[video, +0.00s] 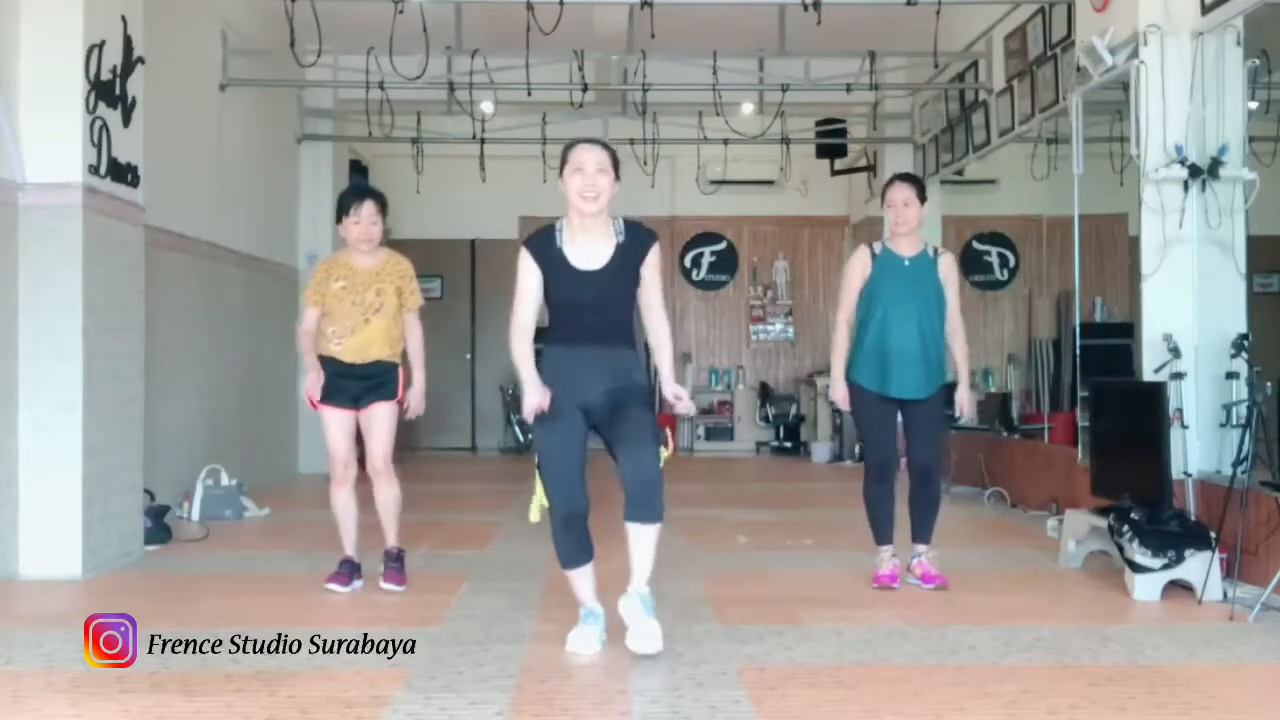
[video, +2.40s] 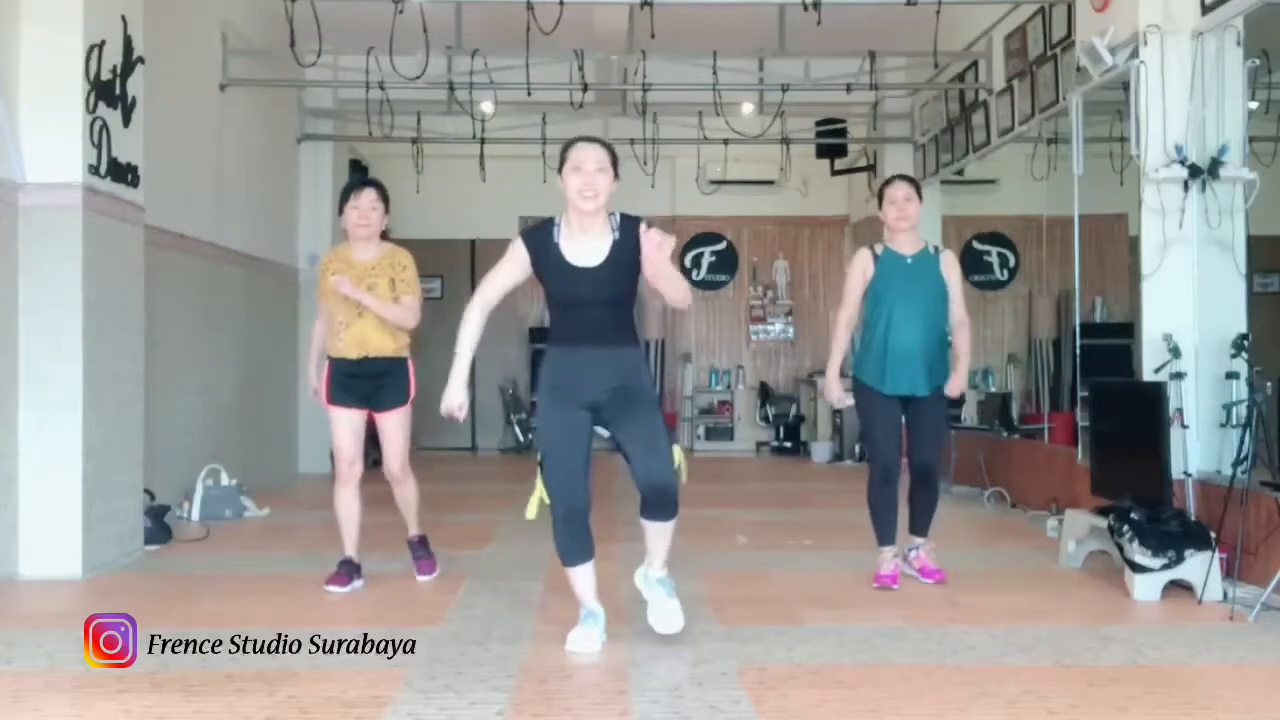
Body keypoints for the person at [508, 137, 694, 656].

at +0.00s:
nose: (589, 180)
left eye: (599, 171)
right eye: (579, 171)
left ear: (615, 183)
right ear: (561, 181)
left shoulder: (640, 243)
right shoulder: (538, 249)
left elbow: (655, 316)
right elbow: (522, 326)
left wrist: (668, 378)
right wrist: (530, 381)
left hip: (625, 385)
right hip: (558, 387)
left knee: (645, 475)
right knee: (566, 503)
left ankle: (639, 595)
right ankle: (590, 611)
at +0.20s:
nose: (592, 163)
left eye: (603, 154)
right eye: (580, 153)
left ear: (618, 164)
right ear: (564, 162)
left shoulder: (641, 220)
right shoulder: (538, 227)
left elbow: (671, 290)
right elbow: (514, 307)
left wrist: (662, 311)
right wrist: (504, 381)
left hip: (626, 366)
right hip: (562, 368)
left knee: (651, 489)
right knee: (575, 494)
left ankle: (636, 565)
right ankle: (588, 609)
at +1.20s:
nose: (590, 168)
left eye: (601, 158)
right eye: (579, 158)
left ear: (616, 167)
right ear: (561, 165)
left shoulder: (637, 226)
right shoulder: (535, 230)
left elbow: (663, 300)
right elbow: (512, 307)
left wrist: (683, 371)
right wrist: (529, 319)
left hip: (626, 368)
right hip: (561, 369)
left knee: (644, 481)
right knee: (575, 498)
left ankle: (639, 618)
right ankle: (590, 612)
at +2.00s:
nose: (590, 175)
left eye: (600, 167)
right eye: (579, 166)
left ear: (615, 178)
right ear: (562, 177)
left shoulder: (640, 237)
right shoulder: (537, 245)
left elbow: (664, 304)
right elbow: (520, 327)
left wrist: (669, 339)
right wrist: (519, 397)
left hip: (624, 380)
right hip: (558, 382)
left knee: (658, 472)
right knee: (570, 504)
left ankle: (646, 584)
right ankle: (590, 612)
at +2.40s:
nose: (588, 179)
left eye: (599, 171)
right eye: (577, 170)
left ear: (615, 182)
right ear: (560, 180)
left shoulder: (637, 236)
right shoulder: (537, 242)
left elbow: (682, 298)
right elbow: (481, 301)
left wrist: (660, 267)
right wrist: (457, 380)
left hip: (627, 380)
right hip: (562, 384)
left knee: (661, 484)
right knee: (568, 502)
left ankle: (655, 574)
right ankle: (590, 611)